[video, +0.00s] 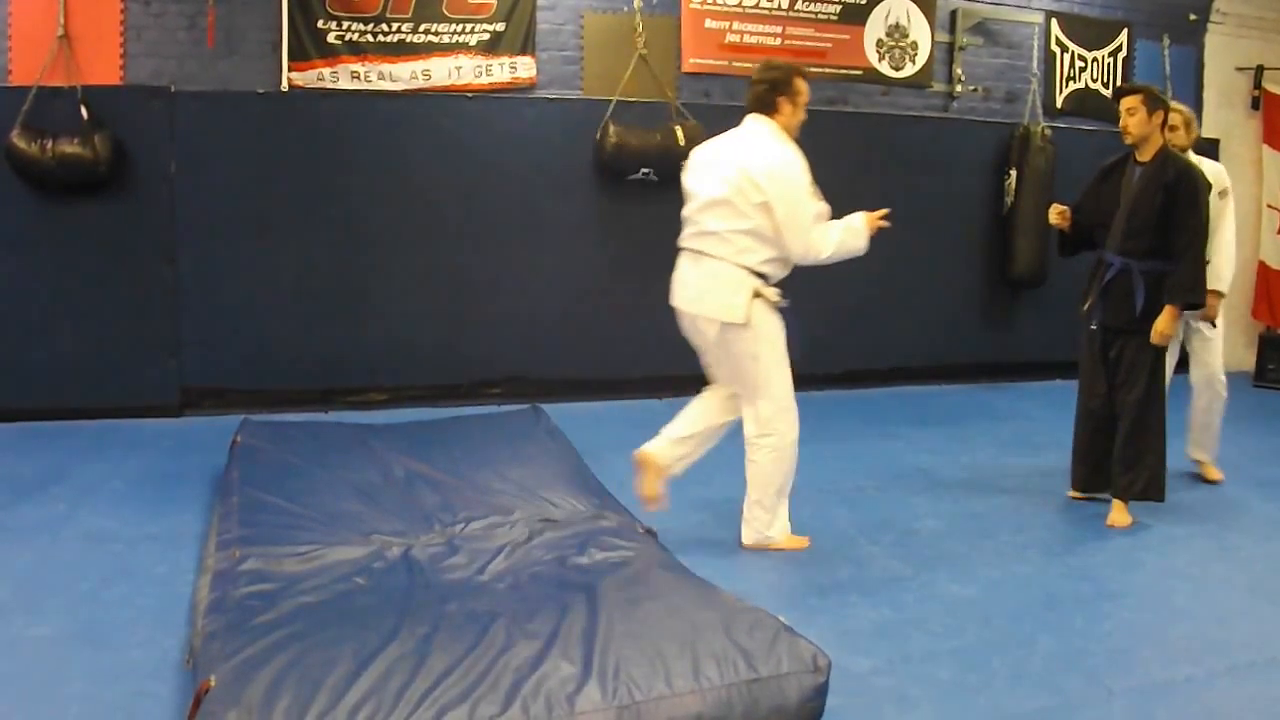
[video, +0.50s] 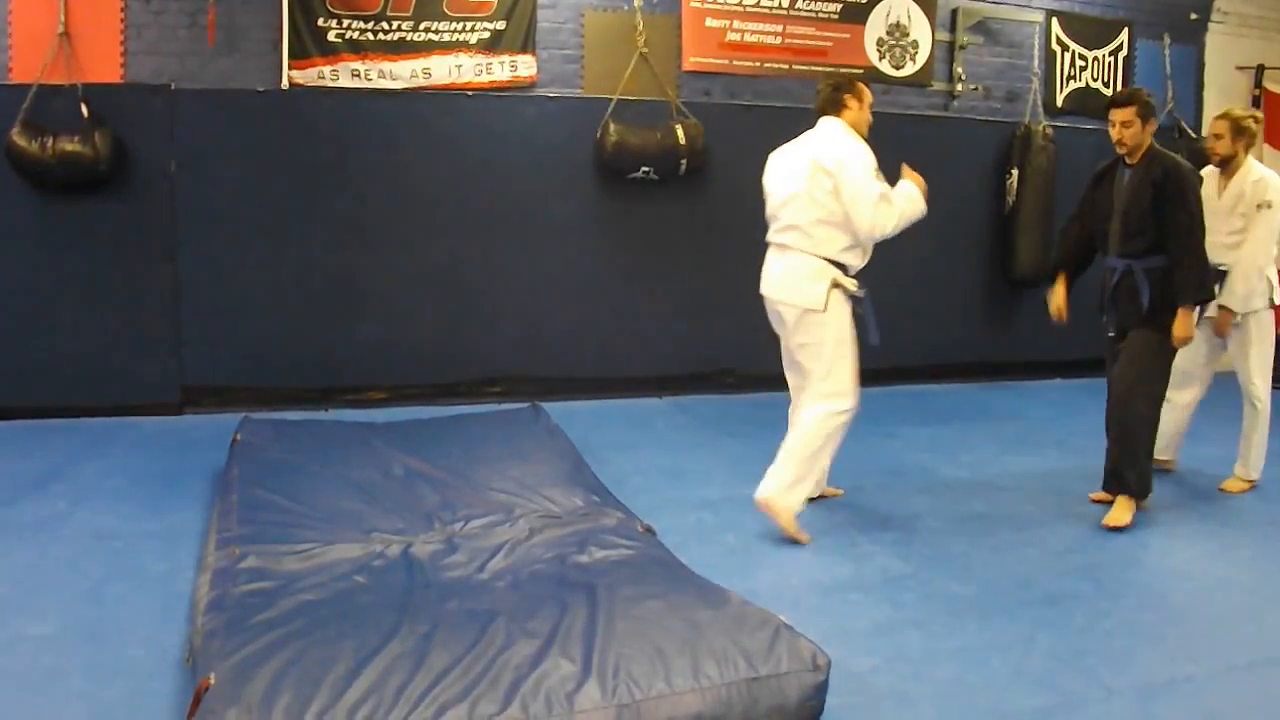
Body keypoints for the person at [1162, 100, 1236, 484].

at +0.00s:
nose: (1171, 135)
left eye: (1177, 129)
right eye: (1166, 128)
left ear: (1191, 132)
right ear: (1157, 132)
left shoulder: (1213, 174)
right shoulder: (1145, 174)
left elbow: (1222, 236)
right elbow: (1133, 233)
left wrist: (1215, 289)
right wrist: (1138, 286)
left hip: (1202, 293)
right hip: (1158, 290)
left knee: (1211, 378)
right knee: (1151, 377)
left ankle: (1203, 454)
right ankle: (1136, 458)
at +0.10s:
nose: (1174, 137)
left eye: (1181, 130)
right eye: (1169, 130)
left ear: (1198, 133)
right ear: (1163, 133)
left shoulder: (1223, 174)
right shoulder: (1155, 173)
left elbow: (1225, 239)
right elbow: (1146, 235)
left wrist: (1208, 291)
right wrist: (1160, 288)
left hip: (1212, 296)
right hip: (1166, 293)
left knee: (1222, 382)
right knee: (1153, 382)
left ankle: (1234, 468)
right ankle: (1136, 466)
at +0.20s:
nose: (1178, 139)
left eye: (1186, 132)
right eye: (1174, 132)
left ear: (1207, 135)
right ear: (1169, 136)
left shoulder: (1232, 177)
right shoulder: (1165, 176)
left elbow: (1228, 244)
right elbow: (1154, 238)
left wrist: (1201, 294)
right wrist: (1168, 287)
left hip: (1219, 300)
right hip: (1172, 296)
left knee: (1230, 384)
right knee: (1156, 384)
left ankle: (1244, 470)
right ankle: (1135, 469)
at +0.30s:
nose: (1189, 142)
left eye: (1196, 135)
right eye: (1185, 136)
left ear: (1218, 137)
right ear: (1184, 140)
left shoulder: (1244, 180)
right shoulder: (1185, 180)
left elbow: (1236, 248)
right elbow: (1175, 240)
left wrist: (1201, 295)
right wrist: (1175, 287)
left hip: (1232, 303)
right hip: (1187, 300)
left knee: (1239, 388)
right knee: (1165, 383)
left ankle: (1242, 474)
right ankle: (1137, 468)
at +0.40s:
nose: (1200, 144)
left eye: (1208, 137)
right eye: (1198, 137)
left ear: (1230, 140)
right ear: (1201, 140)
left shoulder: (1258, 185)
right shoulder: (1198, 181)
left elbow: (1245, 251)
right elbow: (1186, 238)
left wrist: (1212, 301)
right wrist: (1185, 290)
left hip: (1245, 301)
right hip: (1199, 295)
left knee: (1248, 389)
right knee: (1176, 381)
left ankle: (1244, 473)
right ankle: (1146, 466)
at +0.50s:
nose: (1211, 144)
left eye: (1219, 138)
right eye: (1210, 137)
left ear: (1242, 142)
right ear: (1212, 140)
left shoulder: (1266, 184)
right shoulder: (1205, 177)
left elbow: (1258, 250)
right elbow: (1192, 235)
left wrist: (1230, 304)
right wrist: (1186, 290)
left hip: (1252, 293)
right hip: (1207, 288)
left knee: (1254, 387)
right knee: (1184, 370)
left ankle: (1247, 472)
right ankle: (1162, 453)